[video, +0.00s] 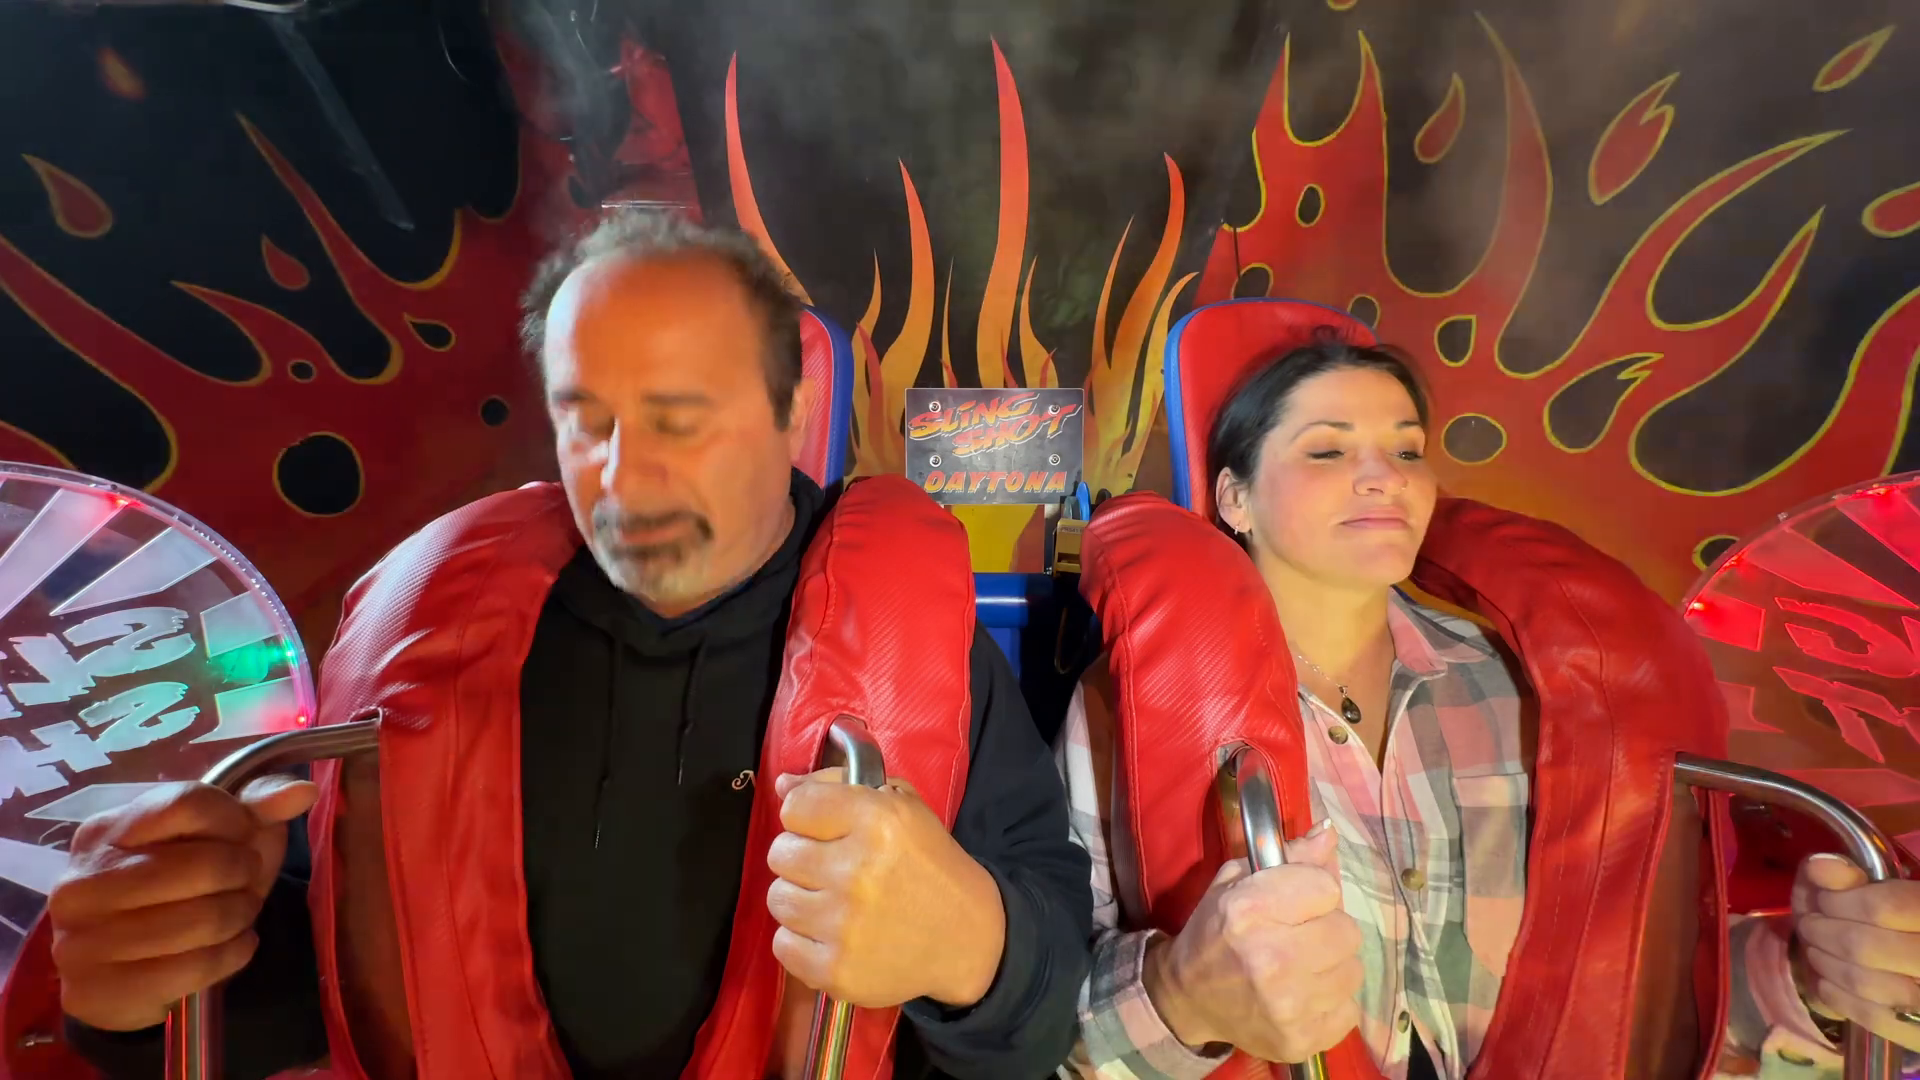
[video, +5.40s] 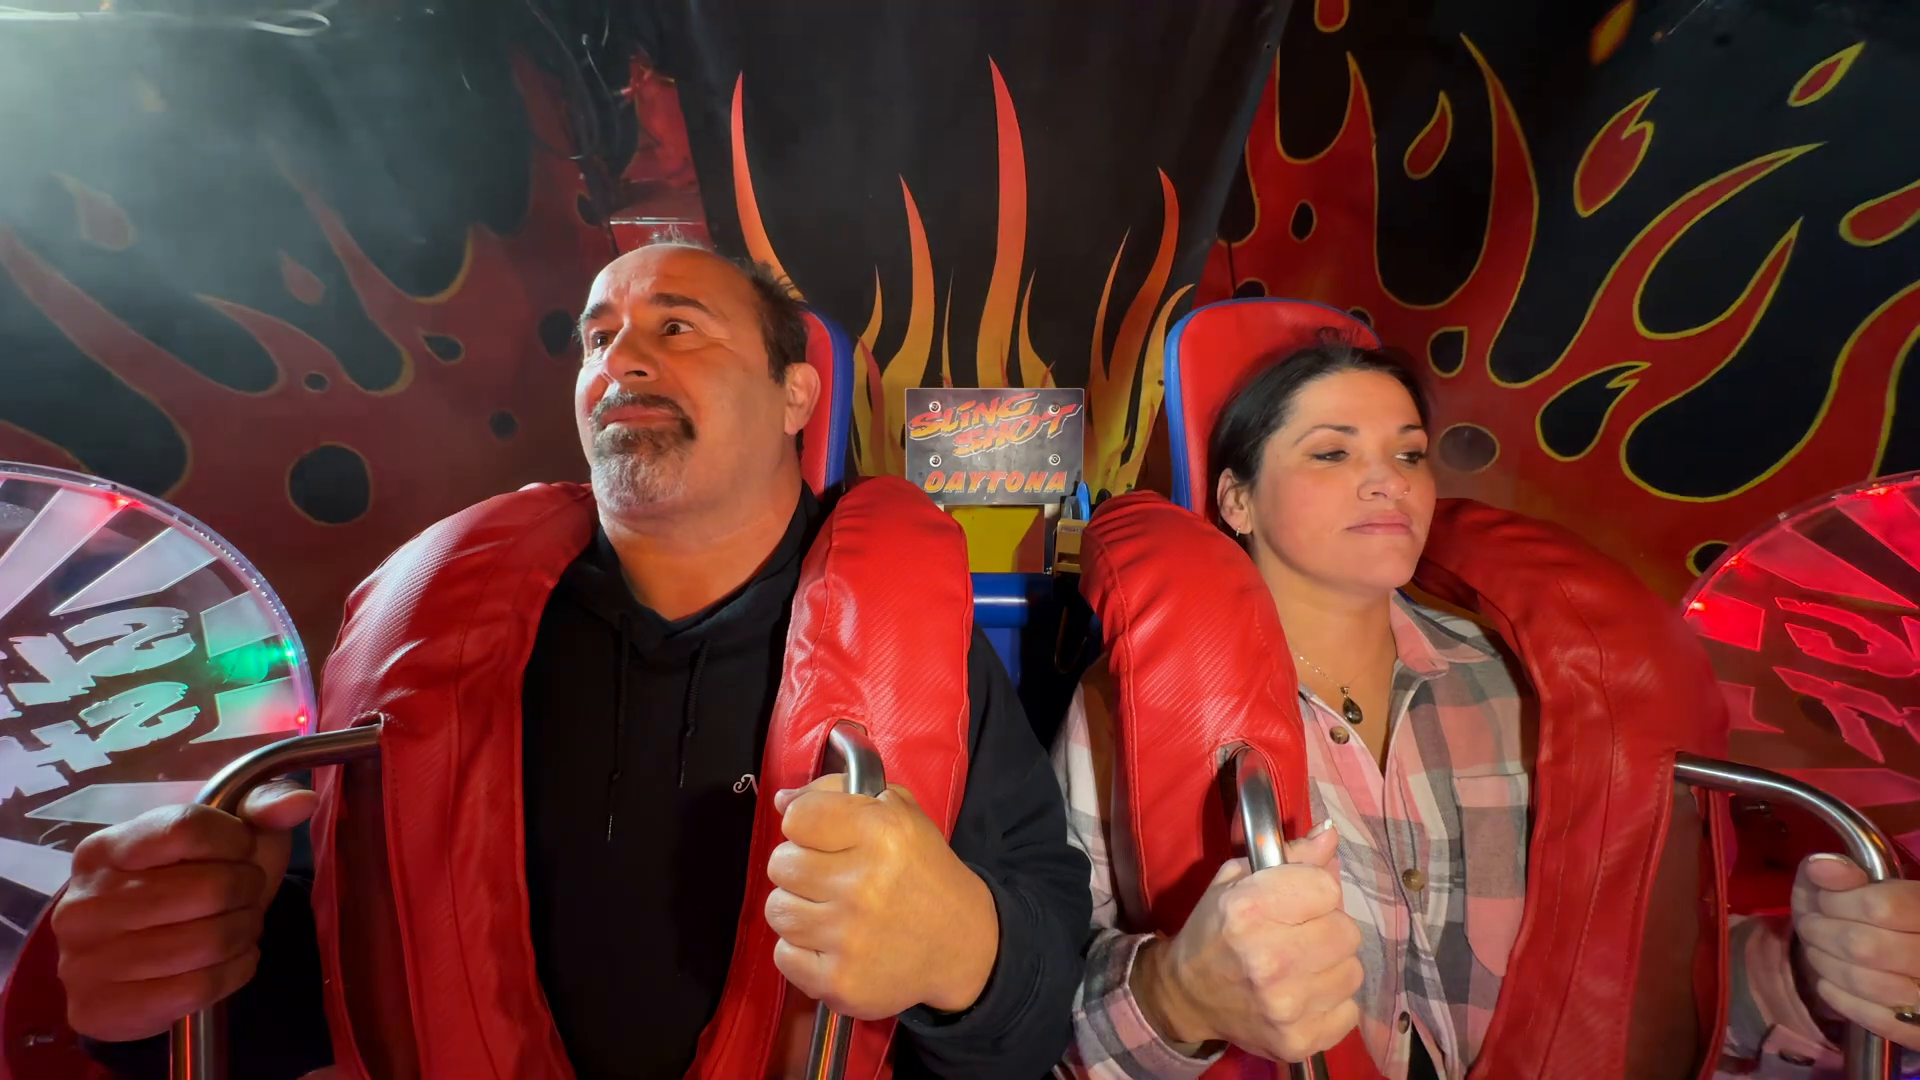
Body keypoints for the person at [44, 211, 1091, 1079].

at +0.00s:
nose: (623, 478)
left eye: (680, 419)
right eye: (588, 421)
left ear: (791, 416)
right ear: (549, 427)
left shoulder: (925, 644)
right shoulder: (419, 623)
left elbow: (1048, 1008)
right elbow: (303, 977)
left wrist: (981, 948)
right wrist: (106, 988)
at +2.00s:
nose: (638, 353)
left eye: (697, 322)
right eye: (612, 334)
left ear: (807, 404)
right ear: (582, 413)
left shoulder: (923, 661)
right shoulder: (425, 630)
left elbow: (1043, 1006)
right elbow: (309, 982)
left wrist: (979, 958)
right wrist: (107, 980)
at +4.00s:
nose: (623, 361)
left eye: (683, 324)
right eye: (600, 340)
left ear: (799, 396)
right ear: (577, 413)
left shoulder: (918, 652)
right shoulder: (440, 638)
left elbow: (1045, 1011)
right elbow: (315, 985)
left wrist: (971, 950)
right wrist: (110, 981)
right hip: (490, 1067)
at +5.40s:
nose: (620, 366)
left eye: (682, 328)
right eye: (599, 342)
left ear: (798, 398)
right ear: (573, 412)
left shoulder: (922, 660)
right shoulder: (438, 639)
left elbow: (1038, 1025)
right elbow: (310, 992)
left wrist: (976, 958)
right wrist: (79, 981)